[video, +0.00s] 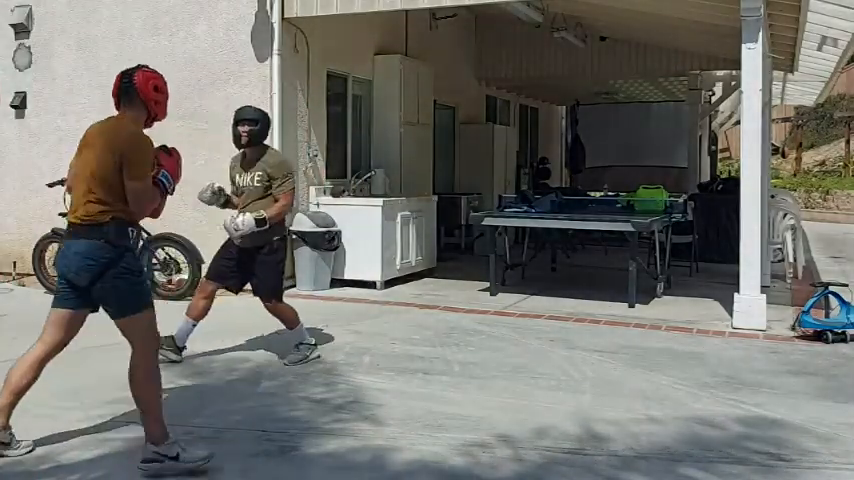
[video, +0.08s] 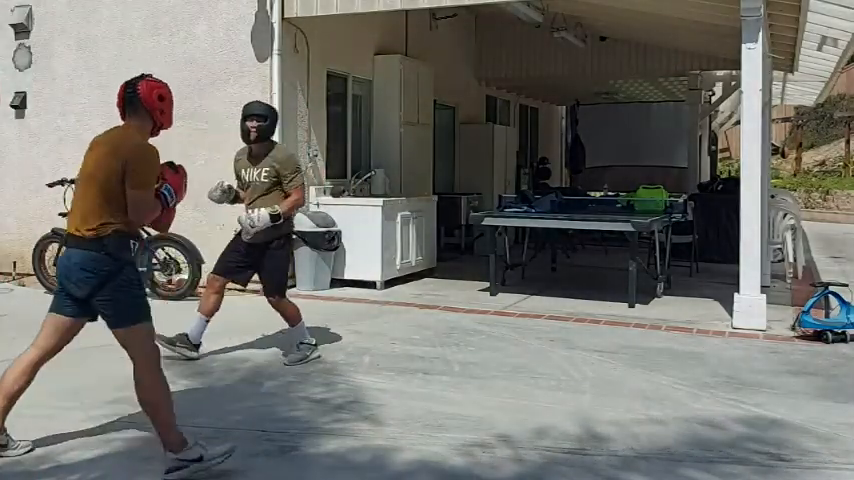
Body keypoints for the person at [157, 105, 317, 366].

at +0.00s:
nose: (243, 130)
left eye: (250, 125)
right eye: (239, 125)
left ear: (262, 130)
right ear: (234, 130)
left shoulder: (276, 162)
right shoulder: (237, 163)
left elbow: (285, 204)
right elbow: (242, 202)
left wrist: (256, 220)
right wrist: (221, 199)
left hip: (270, 241)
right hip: (240, 238)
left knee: (271, 301)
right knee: (207, 286)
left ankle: (306, 341)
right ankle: (177, 343)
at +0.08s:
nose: (251, 125)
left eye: (258, 120)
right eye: (248, 120)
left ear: (270, 125)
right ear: (242, 124)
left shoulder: (284, 157)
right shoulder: (241, 158)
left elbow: (298, 197)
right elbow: (249, 195)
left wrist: (271, 216)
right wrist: (230, 195)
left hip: (276, 236)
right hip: (247, 234)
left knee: (275, 296)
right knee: (216, 280)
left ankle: (306, 341)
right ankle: (192, 340)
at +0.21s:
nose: (261, 130)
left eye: (266, 125)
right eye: (257, 124)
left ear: (276, 123)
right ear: (252, 122)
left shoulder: (293, 149)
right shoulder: (247, 150)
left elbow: (315, 181)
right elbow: (251, 186)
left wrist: (292, 201)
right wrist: (236, 185)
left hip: (282, 231)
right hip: (254, 228)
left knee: (283, 287)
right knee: (229, 277)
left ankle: (307, 342)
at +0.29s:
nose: (267, 126)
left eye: (273, 121)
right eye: (262, 121)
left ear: (282, 123)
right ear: (254, 122)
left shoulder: (295, 148)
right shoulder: (248, 152)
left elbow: (321, 178)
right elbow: (246, 188)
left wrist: (301, 197)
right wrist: (239, 184)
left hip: (284, 230)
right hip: (257, 230)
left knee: (283, 286)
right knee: (249, 283)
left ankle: (307, 341)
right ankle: (278, 323)